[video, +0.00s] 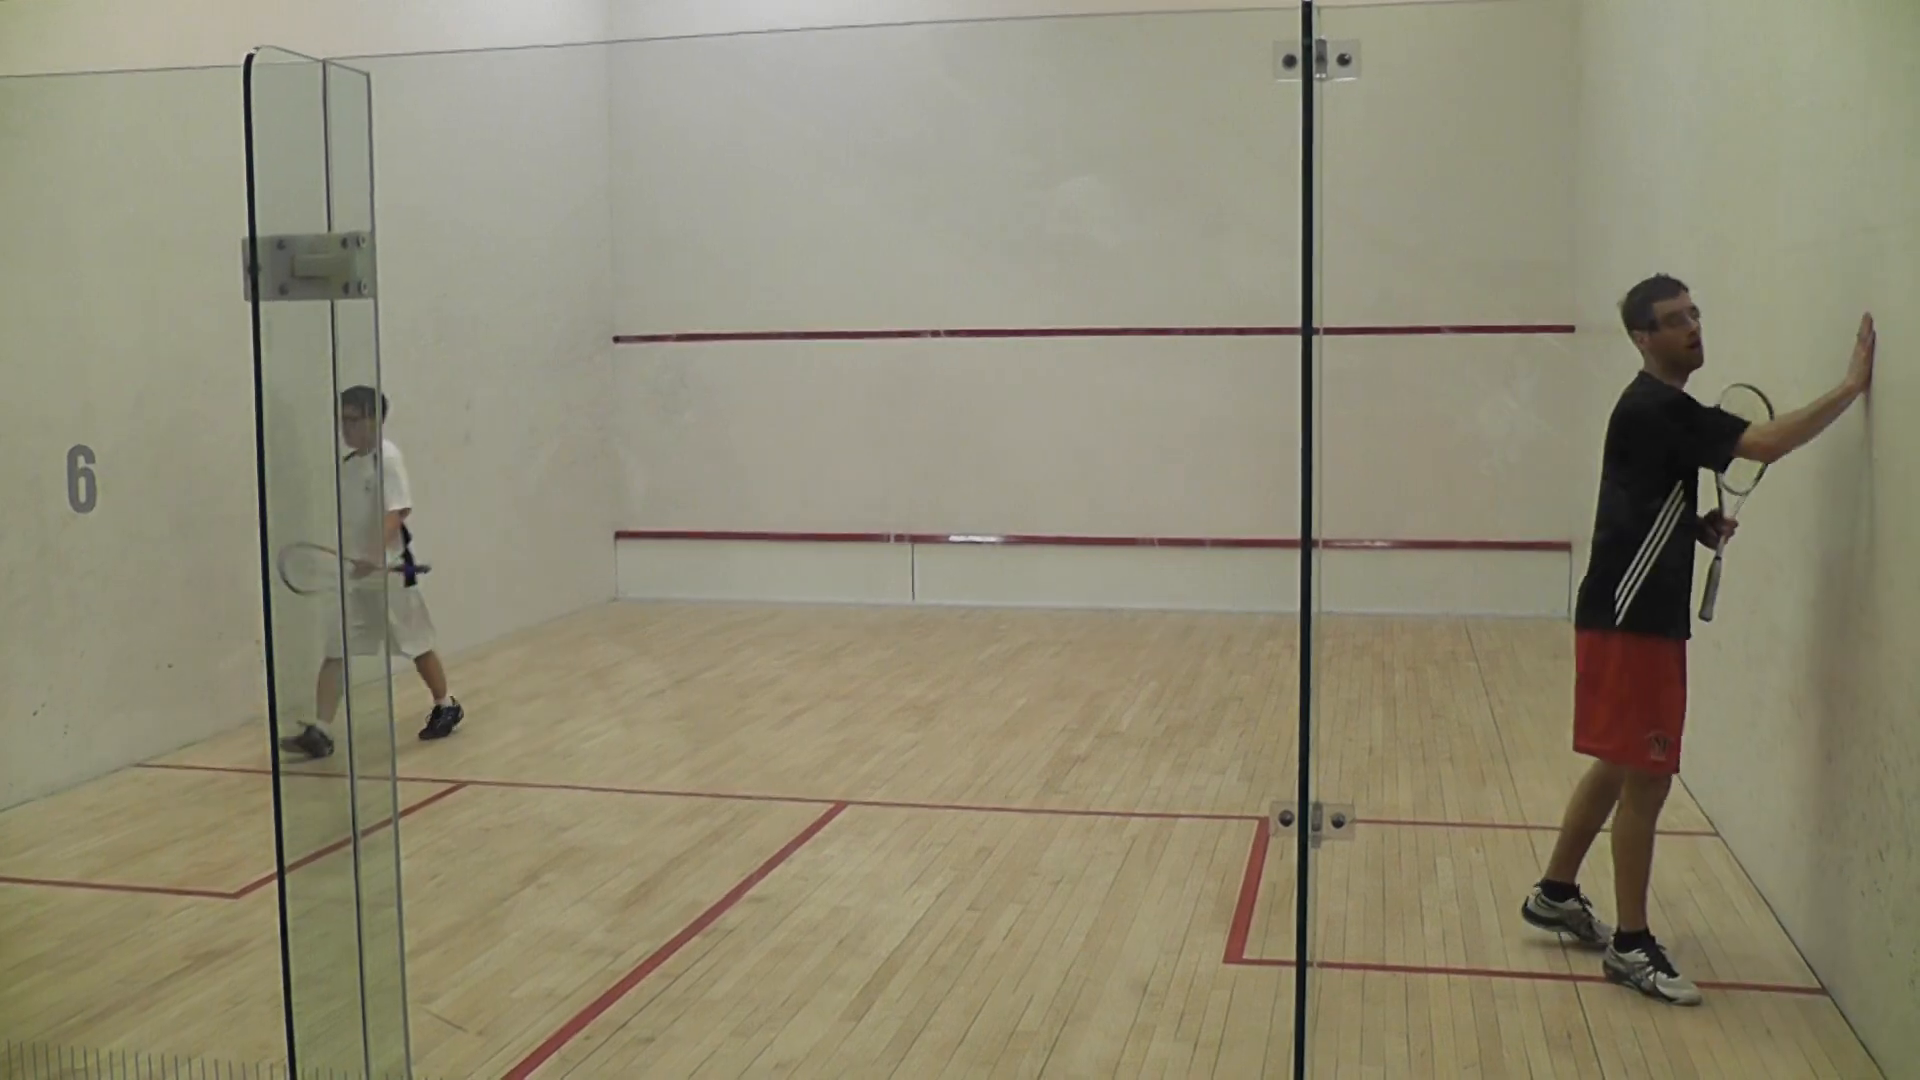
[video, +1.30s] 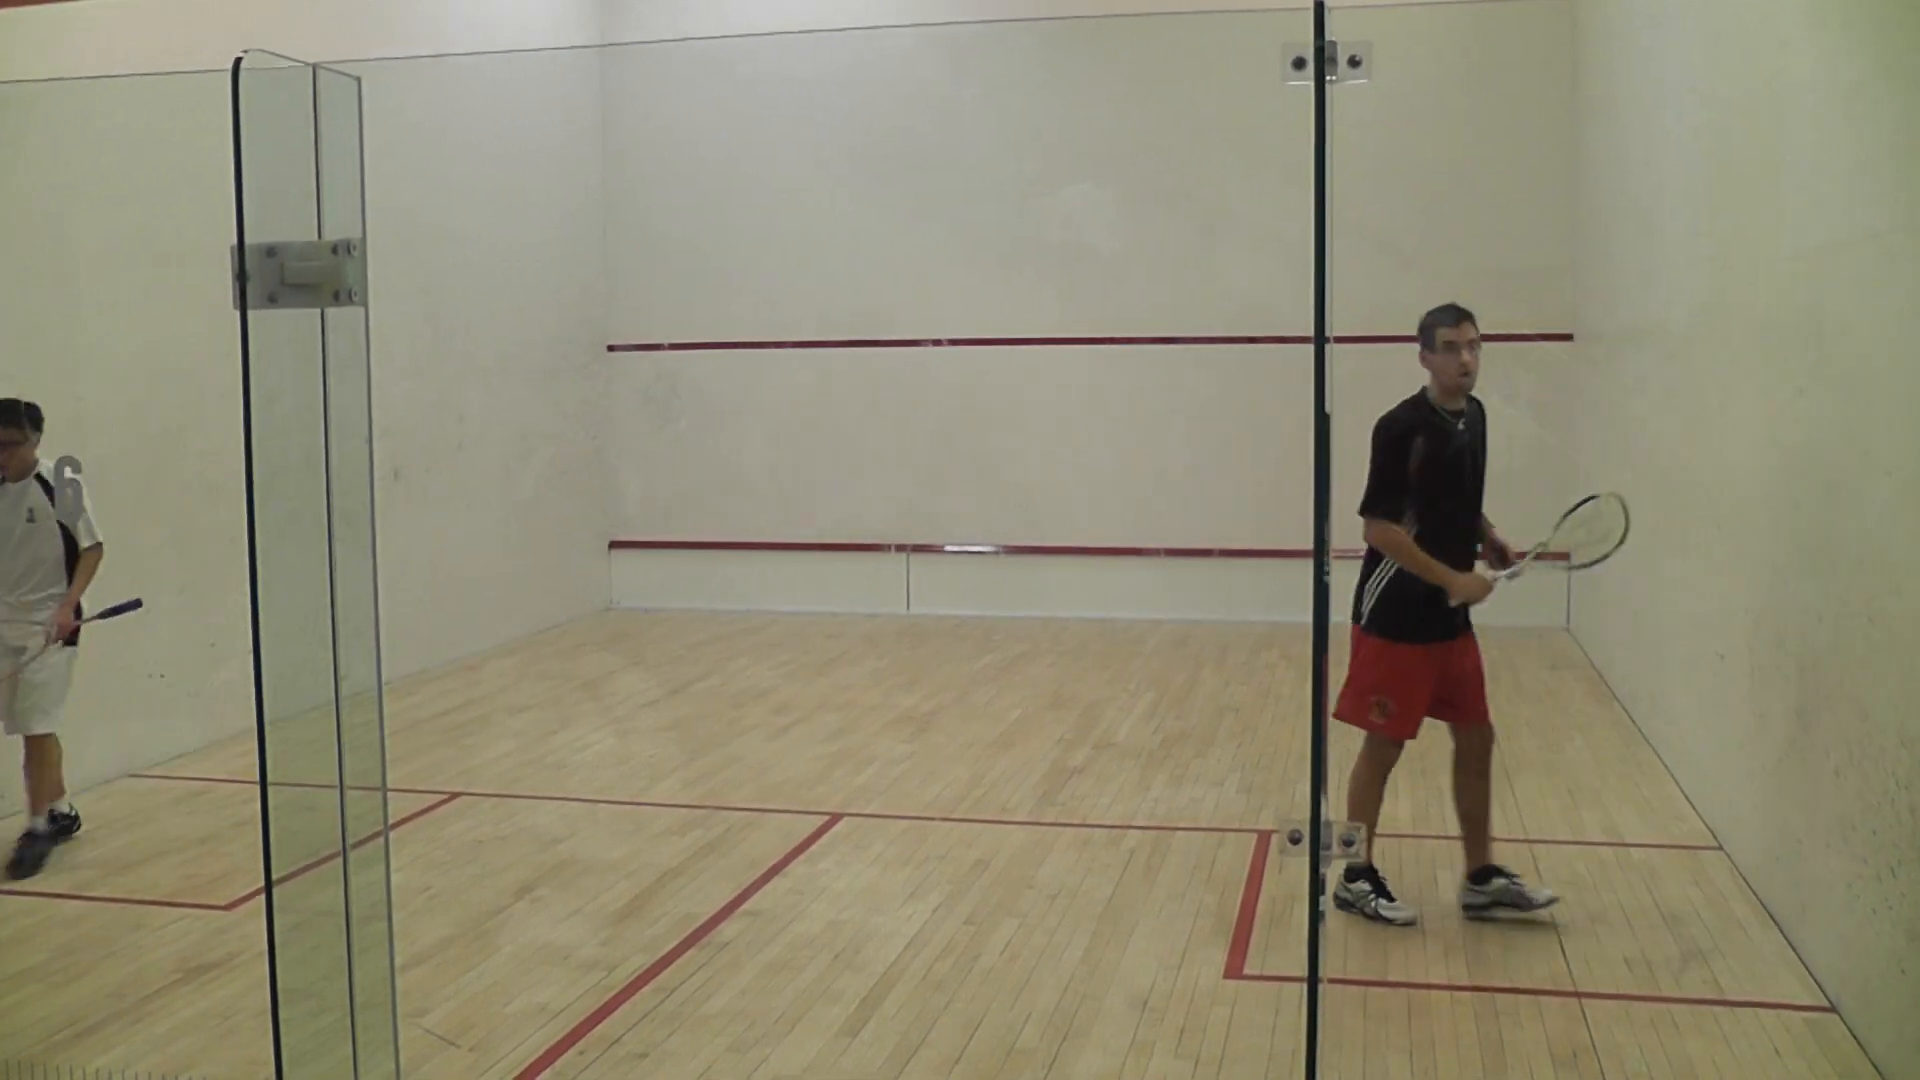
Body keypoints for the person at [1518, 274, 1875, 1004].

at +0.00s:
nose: (1695, 329)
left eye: (1694, 317)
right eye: (1678, 322)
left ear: (1688, 325)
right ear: (1644, 338)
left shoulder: (1653, 402)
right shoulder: (1656, 407)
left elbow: (1637, 506)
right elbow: (1764, 443)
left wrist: (1695, 524)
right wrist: (1851, 388)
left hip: (1628, 616)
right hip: (1641, 623)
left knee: (1619, 760)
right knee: (1650, 773)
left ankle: (1553, 891)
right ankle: (1631, 943)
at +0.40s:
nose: (1654, 373)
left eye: (1658, 363)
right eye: (1647, 362)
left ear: (1648, 358)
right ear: (1622, 355)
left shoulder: (1645, 415)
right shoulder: (1591, 395)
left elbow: (1637, 519)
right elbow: (1676, 400)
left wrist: (1683, 531)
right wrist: (1785, 365)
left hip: (1631, 609)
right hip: (1598, 610)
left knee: (1625, 762)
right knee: (1627, 773)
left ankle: (1573, 890)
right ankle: (1631, 945)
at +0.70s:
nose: (1599, 386)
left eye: (1608, 373)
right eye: (1586, 376)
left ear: (1620, 357)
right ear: (1561, 361)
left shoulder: (1628, 428)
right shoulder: (1542, 395)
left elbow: (1633, 516)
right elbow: (1583, 423)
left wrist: (1647, 533)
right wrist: (1682, 406)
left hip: (1594, 620)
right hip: (1535, 615)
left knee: (1592, 764)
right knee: (1546, 768)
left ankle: (1571, 908)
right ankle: (1543, 927)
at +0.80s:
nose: (1579, 374)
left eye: (1589, 362)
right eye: (1566, 364)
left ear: (1602, 357)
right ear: (1544, 358)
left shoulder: (1615, 430)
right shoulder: (1519, 401)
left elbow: (1613, 520)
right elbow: (1543, 448)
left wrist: (1631, 535)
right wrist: (1639, 442)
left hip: (1579, 616)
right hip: (1516, 611)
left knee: (1581, 760)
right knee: (1518, 762)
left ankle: (1567, 905)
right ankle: (1480, 902)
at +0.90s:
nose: (1560, 369)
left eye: (1569, 357)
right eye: (1547, 358)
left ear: (1583, 355)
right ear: (1526, 357)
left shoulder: (1585, 430)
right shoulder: (1501, 410)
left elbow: (1579, 518)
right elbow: (1499, 479)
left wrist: (1610, 535)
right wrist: (1597, 488)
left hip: (1558, 621)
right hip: (1494, 619)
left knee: (1569, 761)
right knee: (1488, 762)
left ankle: (1566, 904)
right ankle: (1414, 869)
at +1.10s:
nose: (1513, 369)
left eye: (1520, 357)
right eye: (1499, 358)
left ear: (1529, 362)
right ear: (1471, 361)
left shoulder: (1522, 434)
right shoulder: (1440, 431)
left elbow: (1517, 518)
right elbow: (1431, 529)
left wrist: (1553, 536)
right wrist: (1521, 556)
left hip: (1502, 626)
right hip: (1440, 626)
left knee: (1526, 758)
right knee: (1418, 754)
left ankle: (1559, 899)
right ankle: (1361, 871)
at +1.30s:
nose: (1466, 359)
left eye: (1472, 347)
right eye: (1451, 349)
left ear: (1481, 353)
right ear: (1425, 357)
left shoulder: (1473, 419)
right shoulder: (1400, 427)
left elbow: (1455, 503)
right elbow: (1379, 528)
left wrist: (1489, 540)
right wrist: (1450, 579)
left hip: (1446, 616)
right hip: (1394, 620)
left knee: (1475, 736)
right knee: (1383, 743)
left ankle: (1481, 876)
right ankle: (1354, 875)